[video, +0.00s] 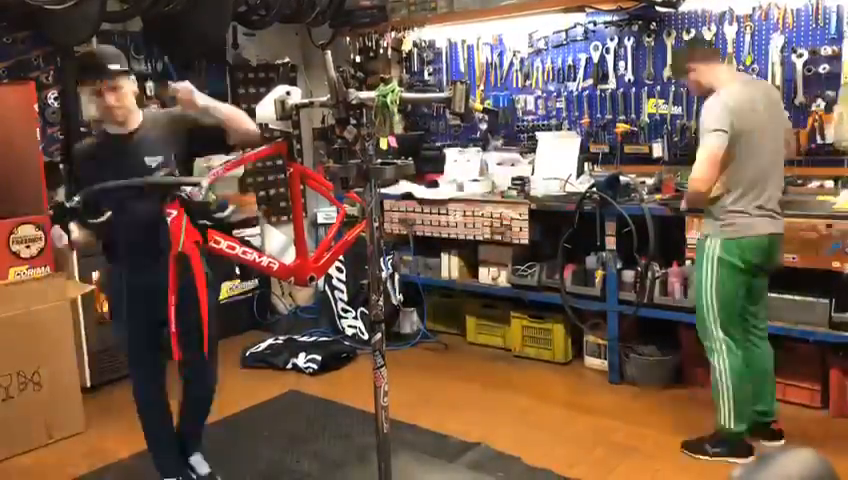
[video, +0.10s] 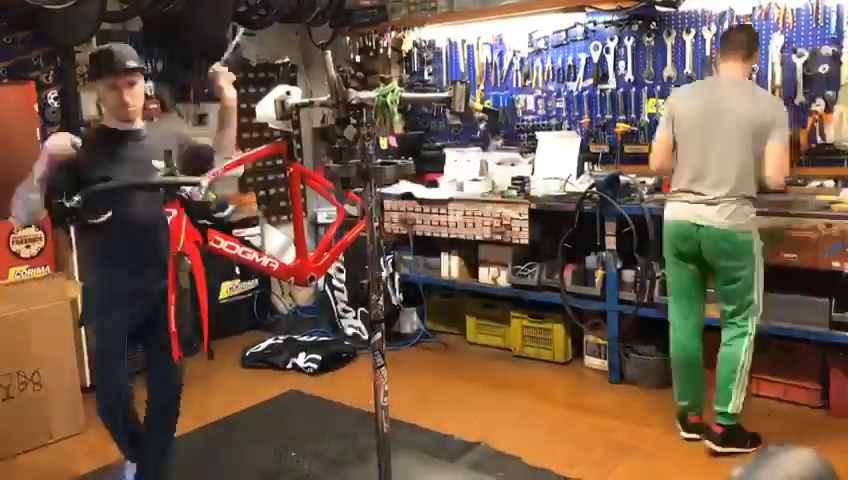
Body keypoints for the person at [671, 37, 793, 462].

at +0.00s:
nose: (690, 88)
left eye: (687, 80)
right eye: (687, 81)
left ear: (696, 68)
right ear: (717, 58)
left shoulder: (720, 102)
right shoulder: (768, 91)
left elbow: (703, 180)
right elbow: (788, 147)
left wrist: (690, 203)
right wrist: (744, 170)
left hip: (729, 235)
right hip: (767, 232)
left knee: (720, 334)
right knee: (753, 328)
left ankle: (731, 435)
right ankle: (764, 423)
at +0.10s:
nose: (754, 66)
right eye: (757, 60)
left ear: (718, 56)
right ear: (753, 59)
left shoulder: (681, 97)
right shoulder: (770, 105)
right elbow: (775, 178)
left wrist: (691, 158)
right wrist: (758, 161)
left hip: (678, 220)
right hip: (732, 226)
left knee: (684, 319)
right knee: (738, 322)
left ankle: (688, 417)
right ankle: (726, 426)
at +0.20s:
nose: (781, 73)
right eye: (782, 68)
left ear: (741, 57)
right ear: (777, 65)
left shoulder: (708, 96)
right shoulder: (782, 97)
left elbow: (684, 137)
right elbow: (802, 164)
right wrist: (777, 158)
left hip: (712, 226)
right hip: (765, 229)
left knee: (707, 321)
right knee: (766, 323)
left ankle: (702, 416)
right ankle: (769, 421)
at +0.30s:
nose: (774, 66)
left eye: (772, 60)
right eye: (775, 61)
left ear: (732, 52)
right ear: (768, 61)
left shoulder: (695, 98)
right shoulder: (775, 104)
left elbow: (662, 104)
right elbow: (796, 155)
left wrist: (705, 99)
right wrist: (763, 150)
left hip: (708, 226)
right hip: (762, 227)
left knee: (705, 320)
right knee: (762, 324)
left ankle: (702, 417)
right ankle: (768, 421)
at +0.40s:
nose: (766, 88)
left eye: (768, 84)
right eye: (768, 83)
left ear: (737, 58)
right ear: (762, 77)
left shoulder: (686, 99)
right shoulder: (754, 100)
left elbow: (675, 121)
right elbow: (776, 165)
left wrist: (702, 85)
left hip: (702, 227)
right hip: (752, 229)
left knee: (702, 322)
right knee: (757, 324)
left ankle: (700, 416)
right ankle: (769, 421)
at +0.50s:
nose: (769, 74)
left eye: (768, 69)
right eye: (770, 68)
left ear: (729, 59)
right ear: (764, 66)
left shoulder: (698, 94)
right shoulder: (769, 98)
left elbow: (661, 113)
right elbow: (787, 163)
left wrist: (698, 85)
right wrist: (761, 166)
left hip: (705, 226)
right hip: (757, 227)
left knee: (703, 320)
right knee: (760, 324)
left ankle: (701, 416)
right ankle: (768, 421)